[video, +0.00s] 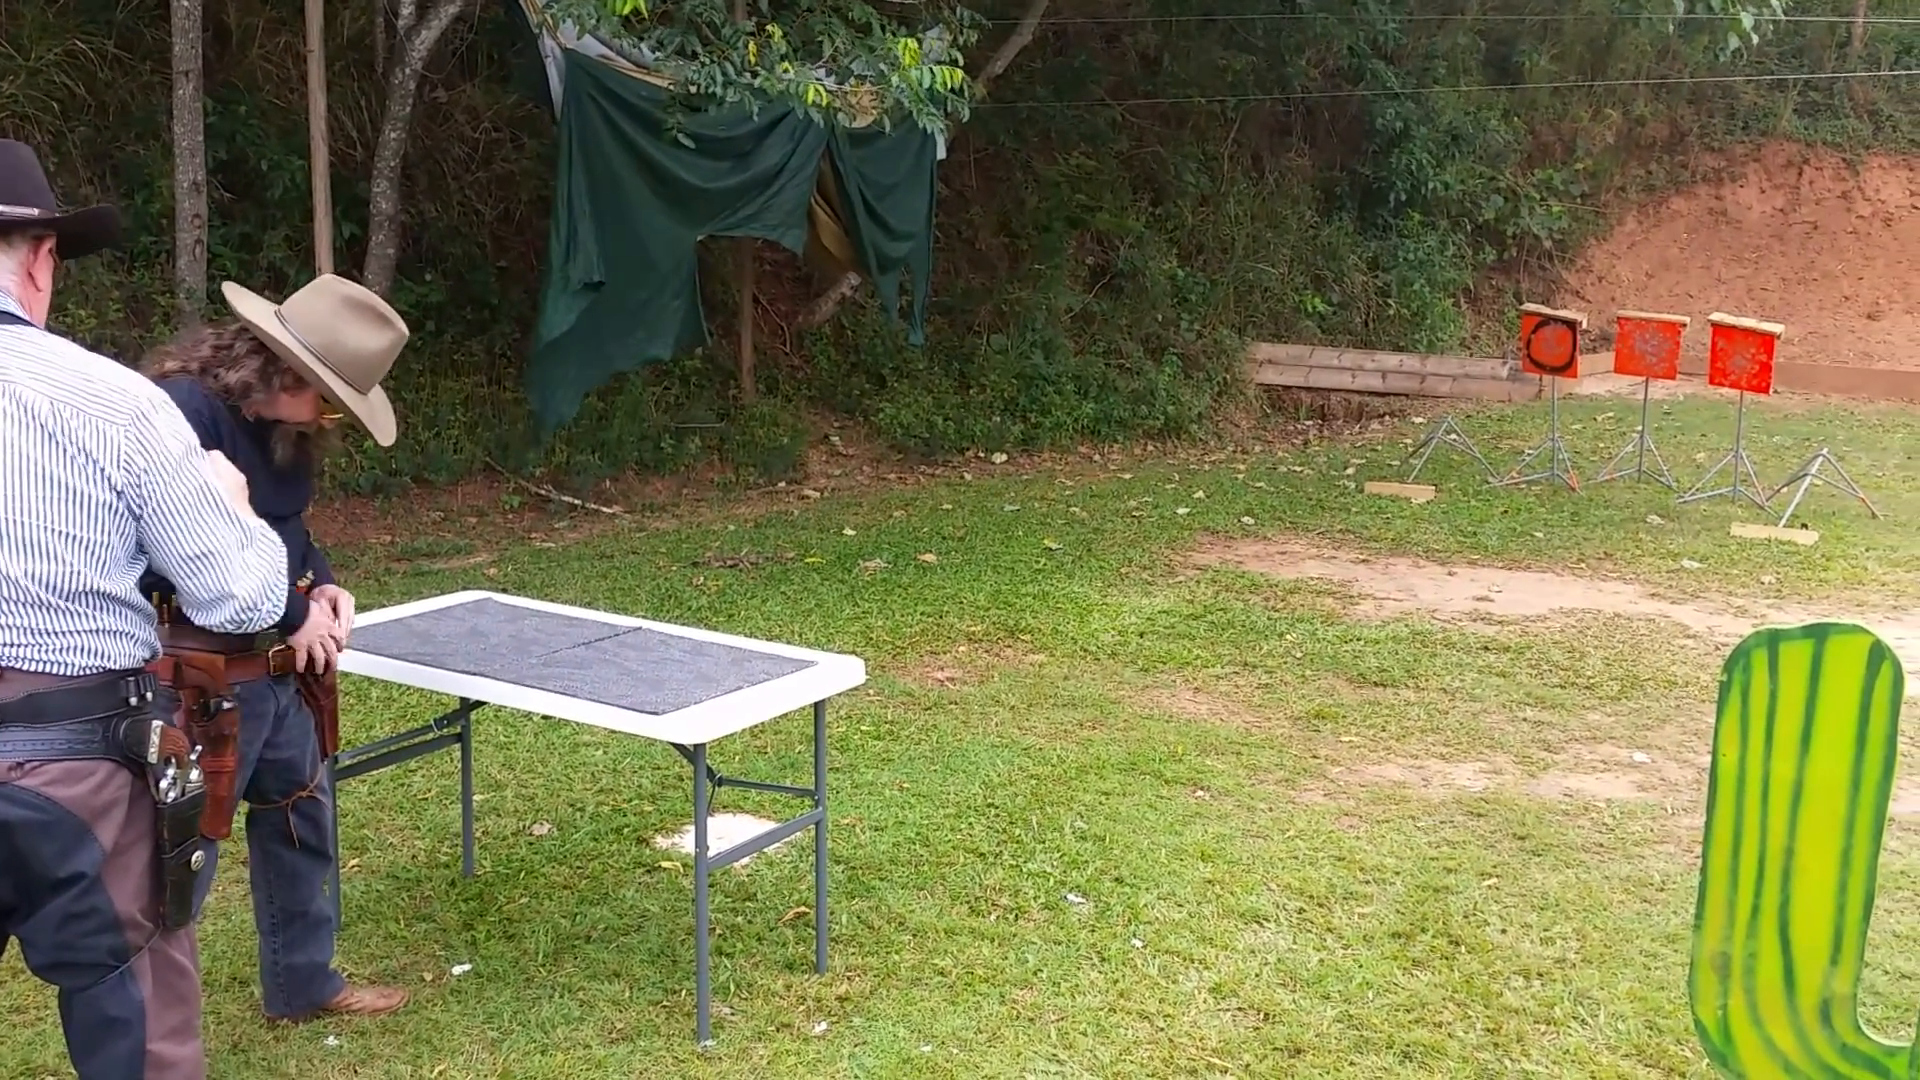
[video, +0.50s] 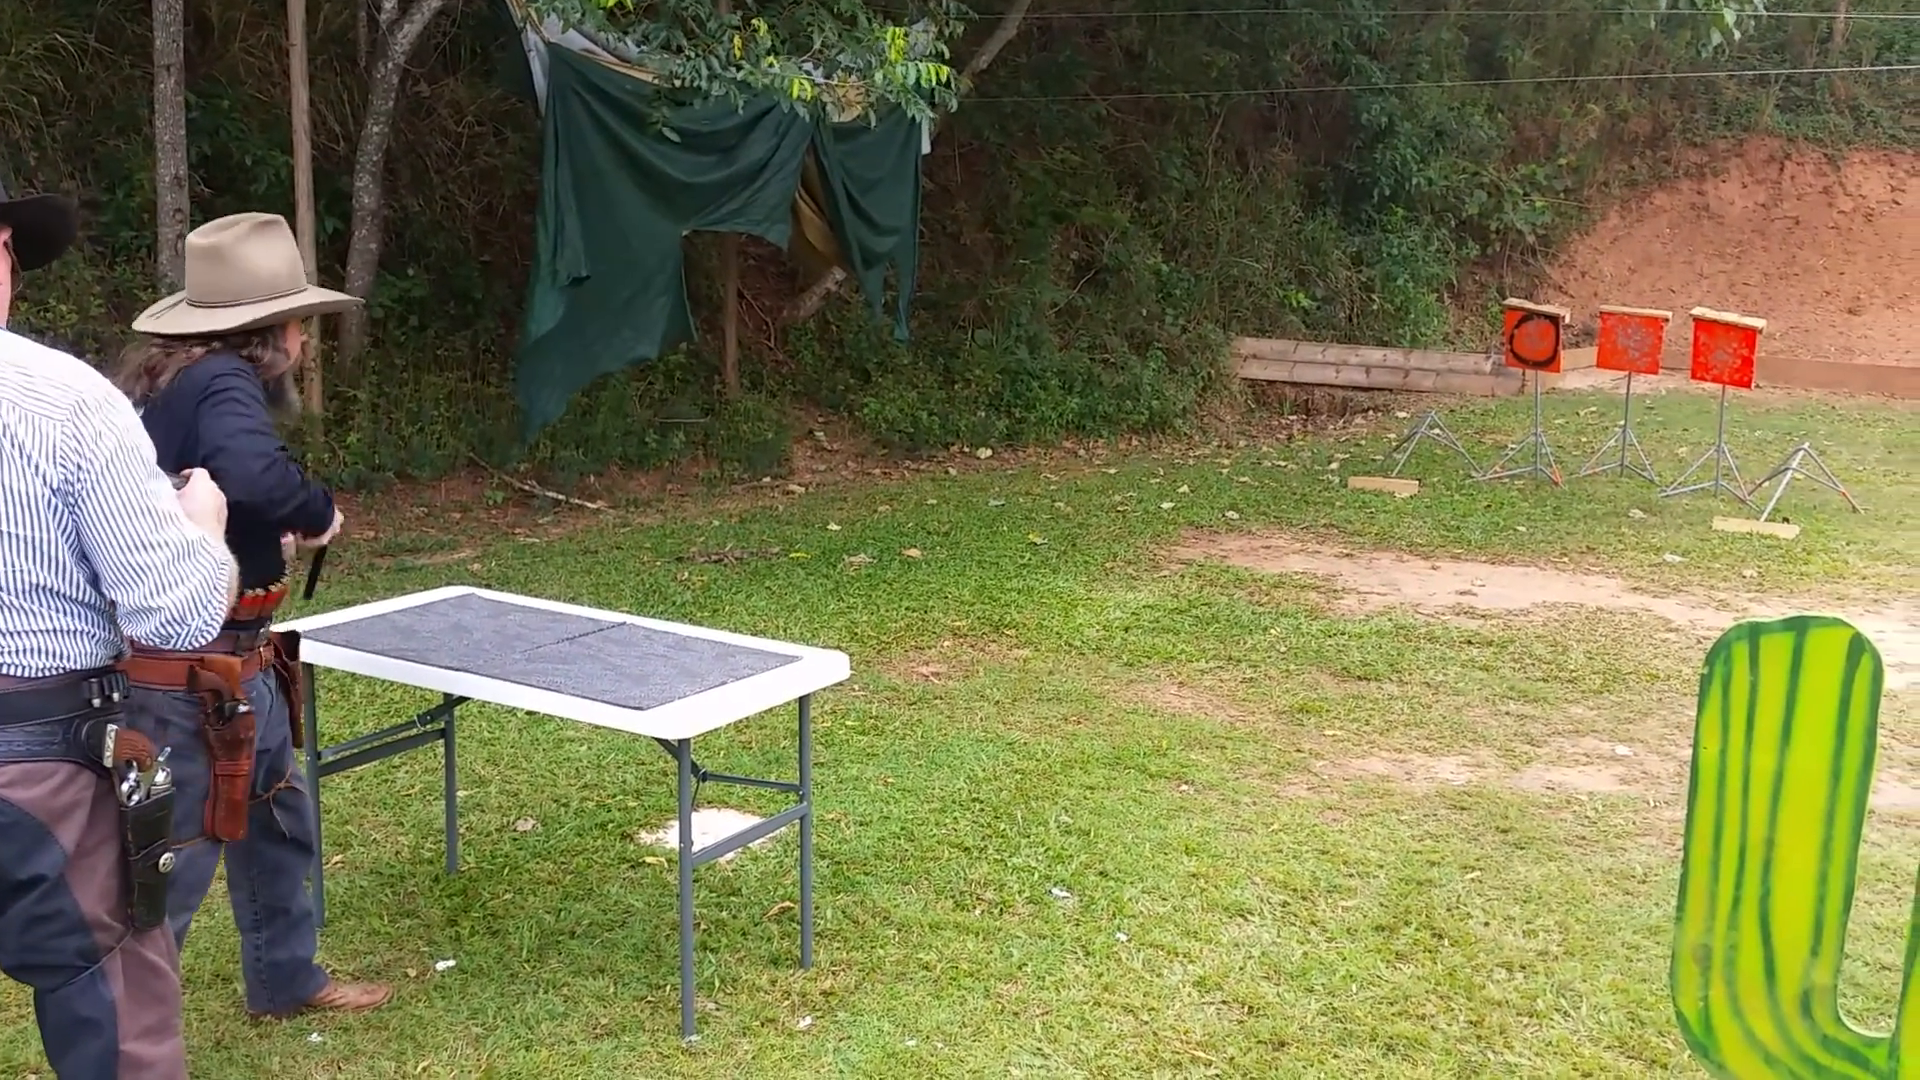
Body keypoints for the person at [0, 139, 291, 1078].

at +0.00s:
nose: (52, 277)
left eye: (50, 255)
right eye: (51, 254)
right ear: (37, 263)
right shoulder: (108, 400)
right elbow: (248, 597)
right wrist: (237, 508)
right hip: (62, 747)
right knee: (140, 1016)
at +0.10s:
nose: (37, 275)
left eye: (33, 253)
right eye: (35, 253)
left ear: (12, 262)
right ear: (20, 260)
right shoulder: (98, 397)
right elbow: (223, 606)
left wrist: (200, 521)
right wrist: (221, 516)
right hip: (56, 744)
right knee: (135, 1019)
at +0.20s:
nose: (25, 276)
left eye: (20, 258)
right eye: (26, 259)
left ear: (6, 265)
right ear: (12, 264)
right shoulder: (87, 397)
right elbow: (207, 609)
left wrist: (190, 528)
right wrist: (210, 522)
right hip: (52, 749)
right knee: (132, 1003)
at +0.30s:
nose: (16, 276)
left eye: (13, 261)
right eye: (21, 262)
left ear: (7, 265)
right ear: (11, 266)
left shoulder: (77, 397)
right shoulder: (73, 397)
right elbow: (199, 609)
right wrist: (206, 524)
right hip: (47, 753)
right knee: (128, 1021)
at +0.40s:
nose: (14, 274)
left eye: (12, 259)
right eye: (20, 260)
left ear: (8, 263)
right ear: (10, 264)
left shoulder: (65, 396)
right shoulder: (63, 398)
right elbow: (185, 613)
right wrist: (205, 522)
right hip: (40, 754)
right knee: (122, 1024)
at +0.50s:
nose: (12, 274)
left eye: (5, 258)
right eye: (17, 259)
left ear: (6, 259)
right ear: (8, 261)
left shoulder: (59, 398)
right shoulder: (55, 399)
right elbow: (176, 617)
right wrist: (207, 528)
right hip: (35, 755)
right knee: (117, 1024)